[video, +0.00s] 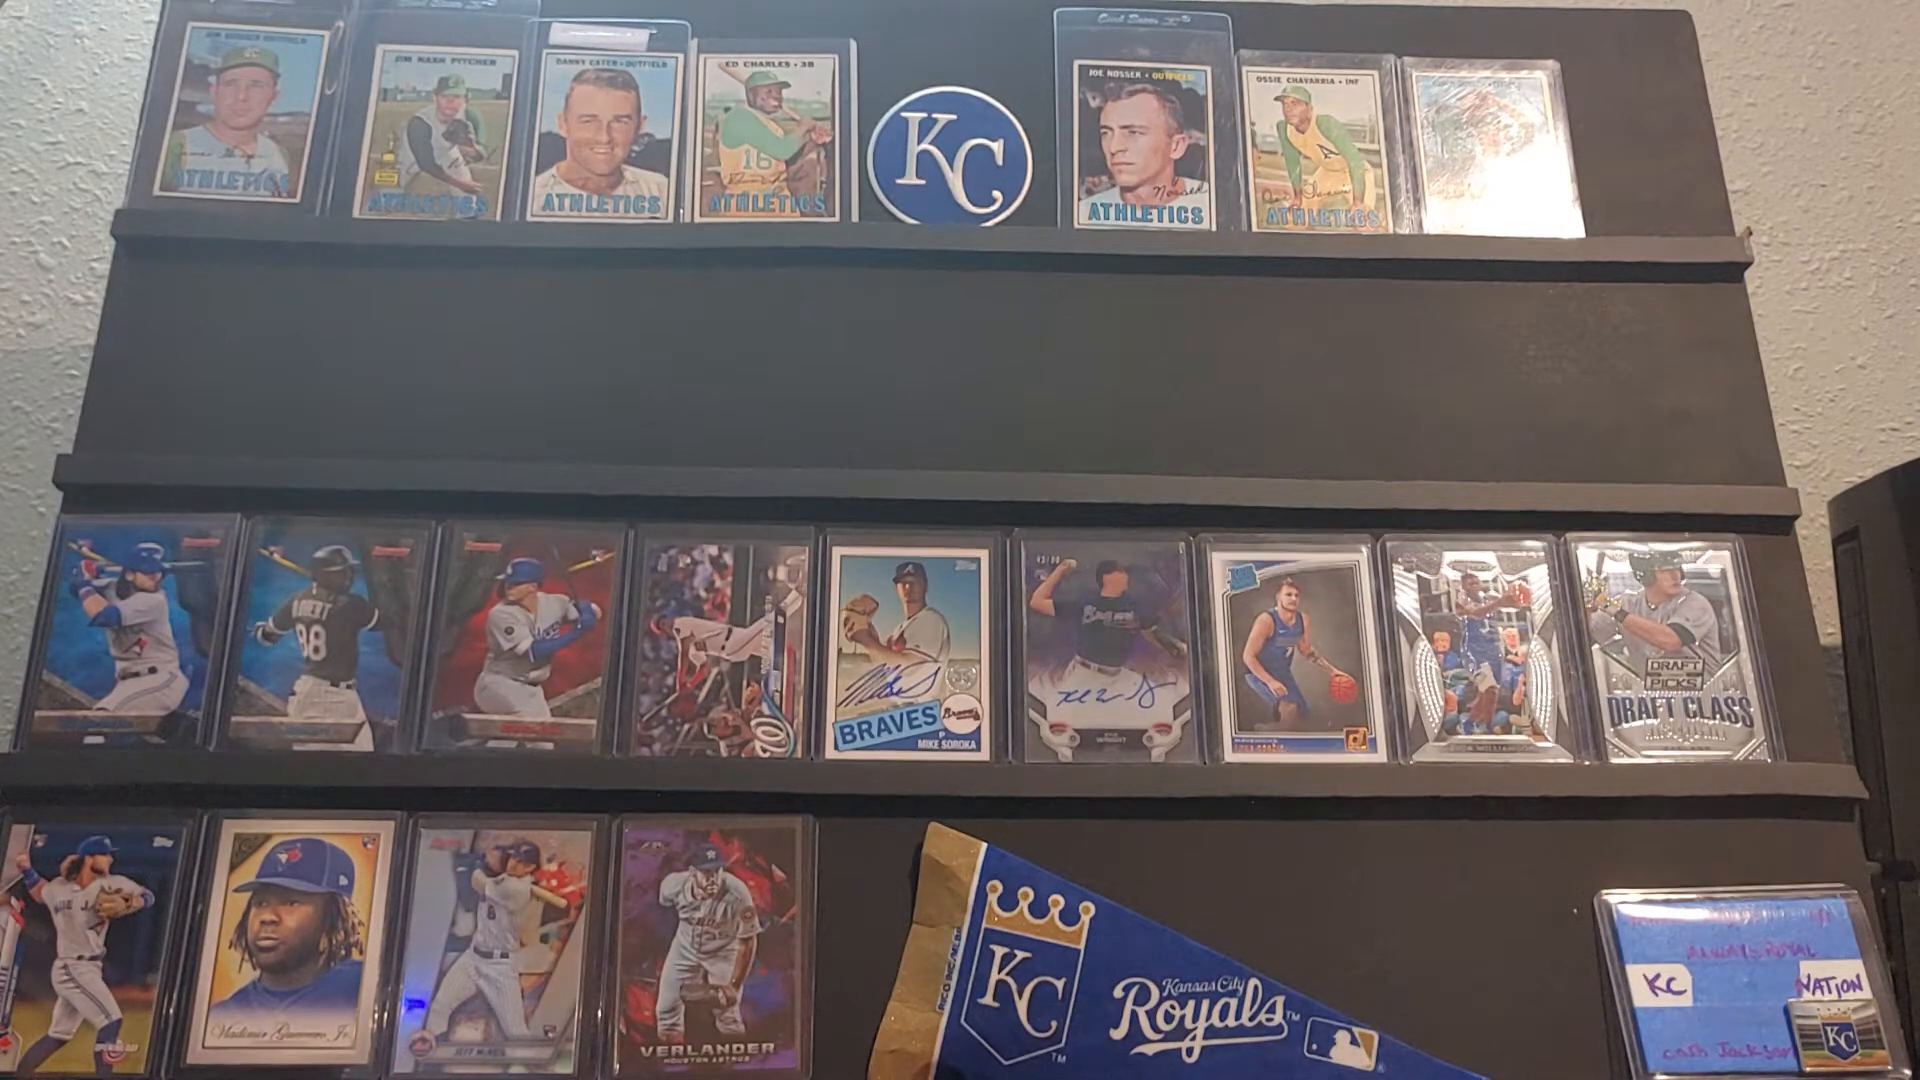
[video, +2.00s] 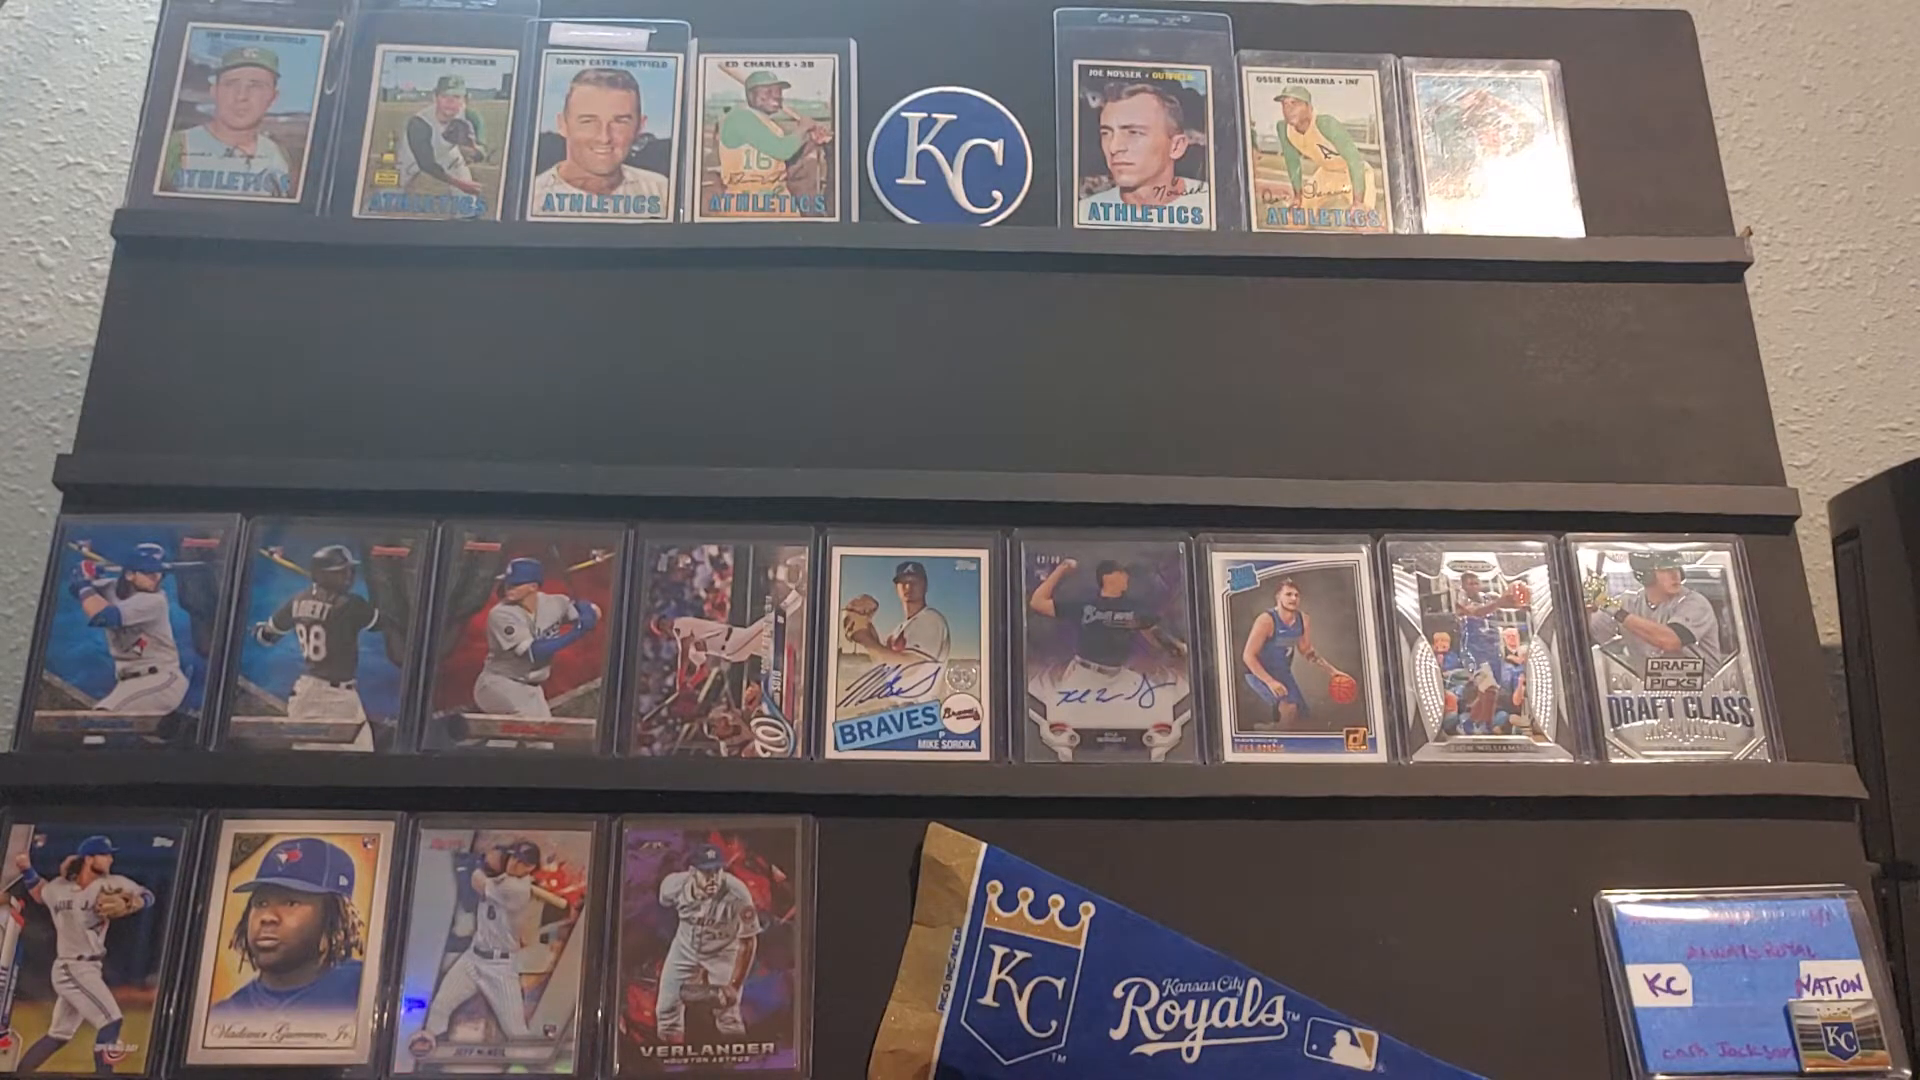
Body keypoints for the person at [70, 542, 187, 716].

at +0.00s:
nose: (156, 577)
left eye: (158, 572)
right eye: (148, 572)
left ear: (162, 573)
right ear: (130, 575)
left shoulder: (154, 600)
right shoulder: (114, 587)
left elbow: (105, 617)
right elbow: (79, 589)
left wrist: (83, 585)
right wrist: (87, 574)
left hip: (162, 679)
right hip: (129, 681)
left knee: (101, 716)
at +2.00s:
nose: (156, 577)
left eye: (159, 572)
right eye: (149, 572)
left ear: (162, 573)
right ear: (130, 574)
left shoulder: (155, 600)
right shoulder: (113, 587)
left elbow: (104, 617)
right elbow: (78, 589)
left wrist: (83, 586)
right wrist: (86, 573)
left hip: (163, 679)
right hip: (130, 682)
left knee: (100, 718)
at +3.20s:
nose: (156, 577)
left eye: (158, 571)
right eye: (149, 572)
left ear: (162, 572)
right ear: (130, 574)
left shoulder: (154, 600)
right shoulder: (113, 587)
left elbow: (104, 616)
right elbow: (79, 588)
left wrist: (82, 585)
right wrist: (88, 573)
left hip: (163, 679)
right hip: (129, 682)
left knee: (100, 717)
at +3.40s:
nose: (156, 577)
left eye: (158, 571)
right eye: (148, 571)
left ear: (162, 572)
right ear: (130, 574)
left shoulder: (154, 600)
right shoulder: (113, 587)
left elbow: (104, 616)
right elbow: (79, 588)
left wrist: (82, 585)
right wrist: (88, 574)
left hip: (163, 679)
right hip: (129, 682)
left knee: (100, 717)